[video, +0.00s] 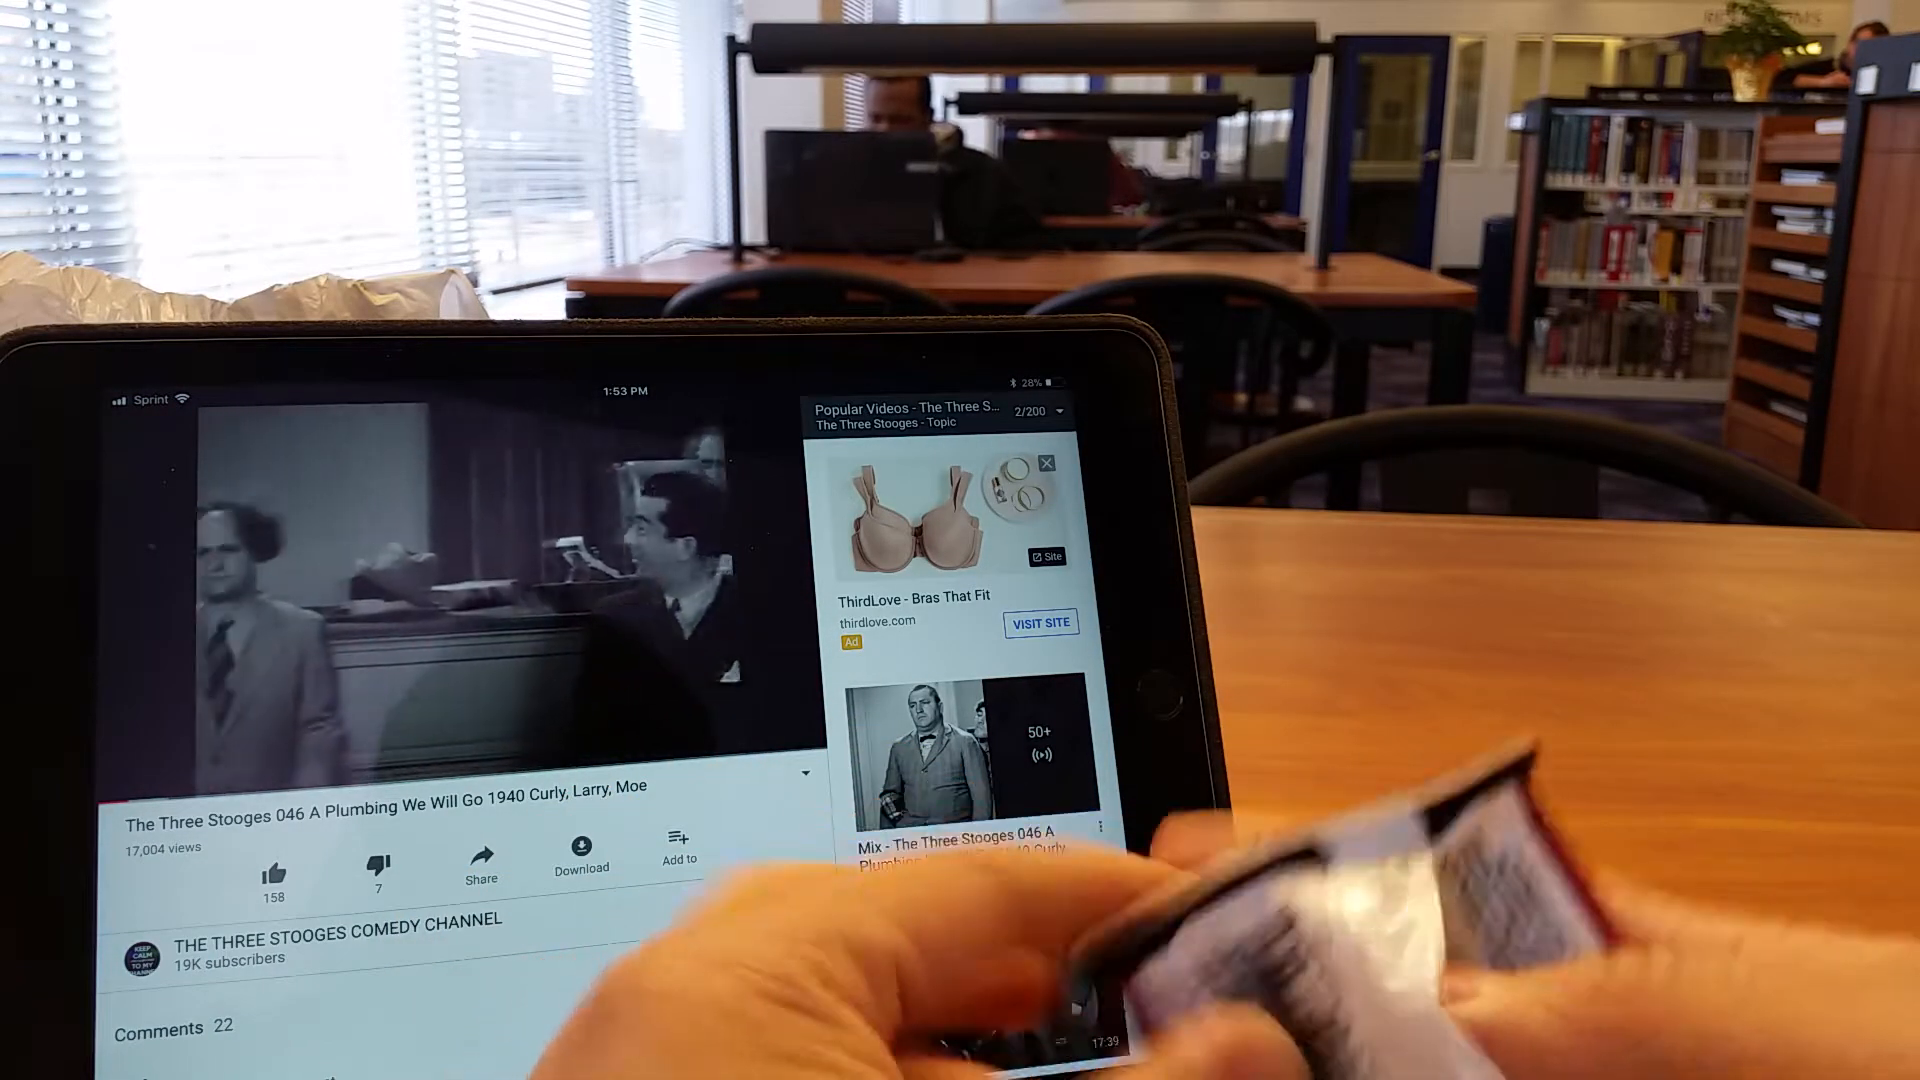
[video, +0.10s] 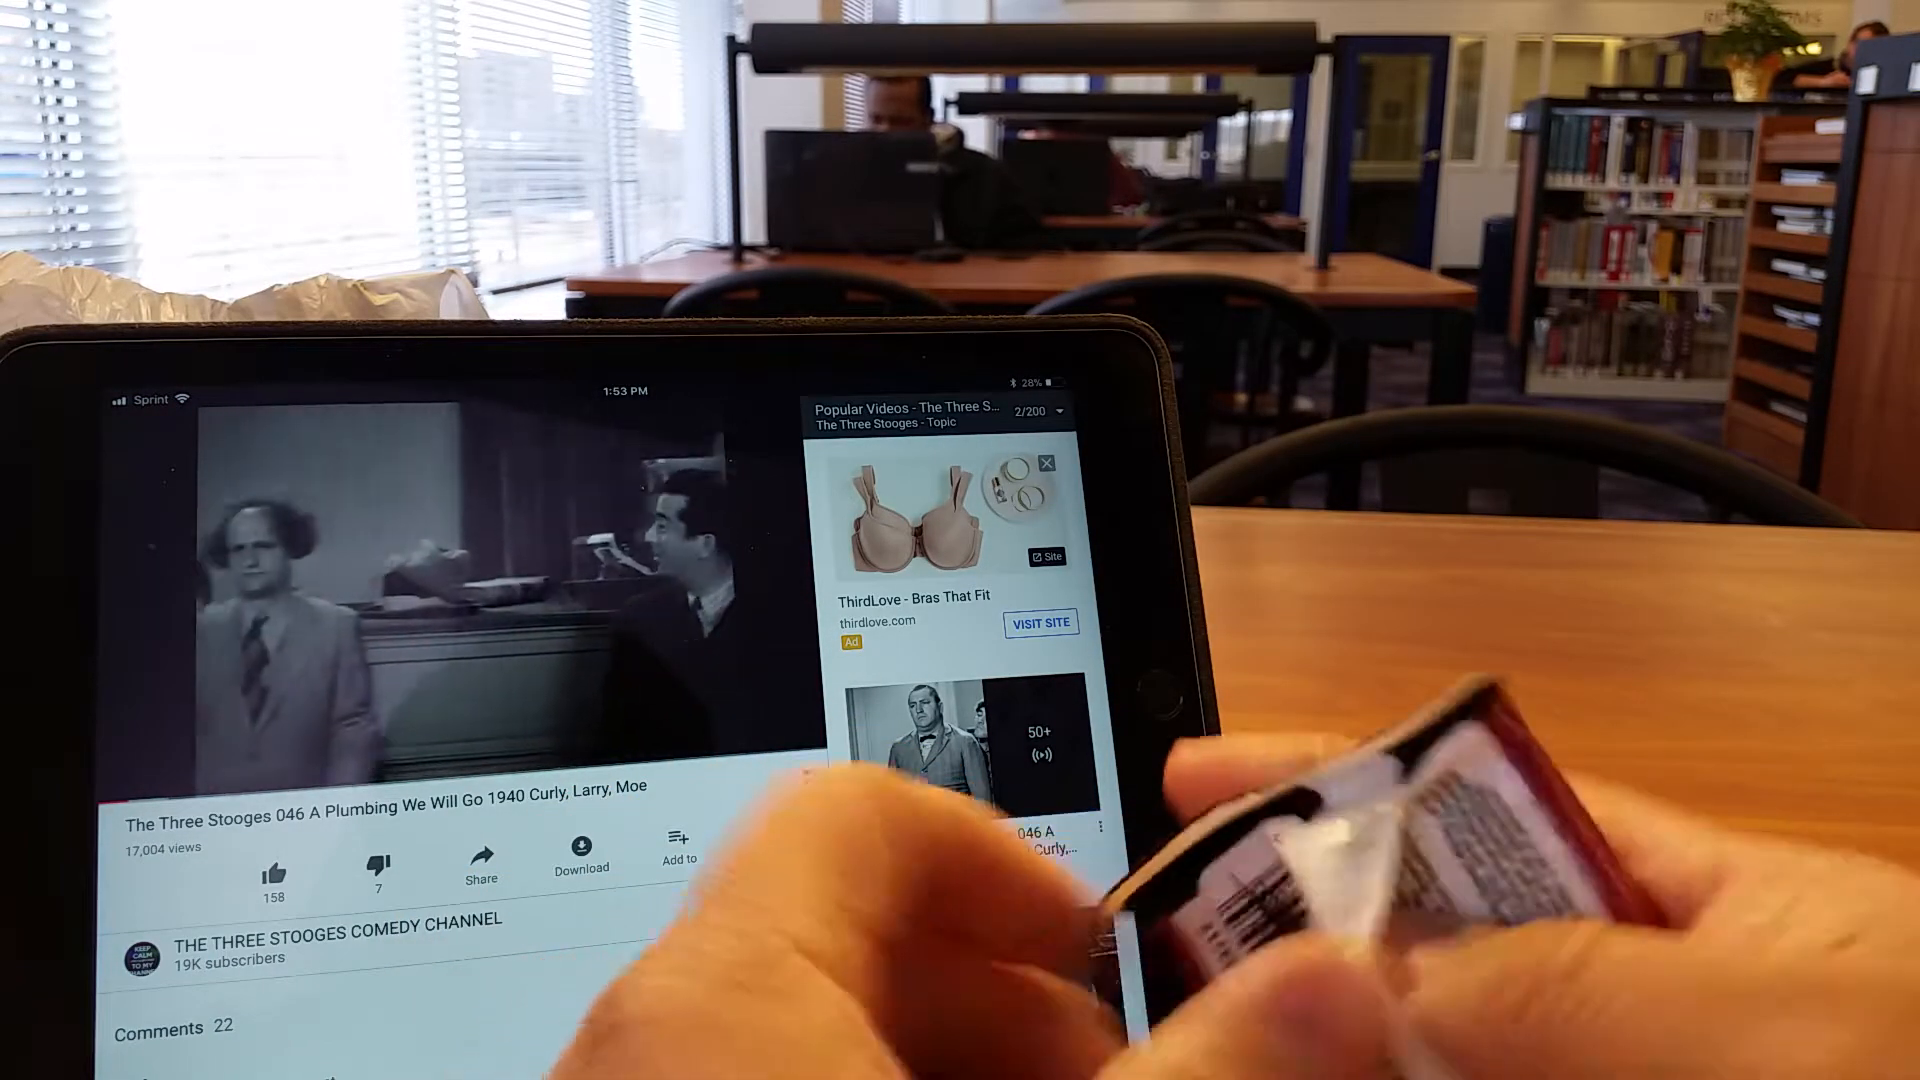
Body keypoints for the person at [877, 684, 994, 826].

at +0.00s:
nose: (919, 710)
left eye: (925, 703)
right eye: (913, 705)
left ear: (939, 707)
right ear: (909, 711)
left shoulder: (964, 742)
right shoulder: (899, 748)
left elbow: (981, 794)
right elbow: (890, 793)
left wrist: (979, 834)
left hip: (956, 832)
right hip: (910, 835)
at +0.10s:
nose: (919, 710)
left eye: (925, 703)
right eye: (913, 706)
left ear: (940, 707)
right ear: (910, 712)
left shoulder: (964, 742)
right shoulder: (899, 749)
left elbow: (981, 796)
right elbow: (892, 797)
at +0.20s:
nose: (919, 709)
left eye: (925, 703)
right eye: (913, 705)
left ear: (939, 707)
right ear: (909, 711)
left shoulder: (964, 742)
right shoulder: (899, 748)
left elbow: (981, 795)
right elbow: (891, 791)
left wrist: (979, 835)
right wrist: (889, 801)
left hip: (955, 831)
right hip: (911, 834)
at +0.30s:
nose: (919, 709)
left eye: (925, 703)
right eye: (913, 705)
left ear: (939, 707)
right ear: (909, 711)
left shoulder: (964, 742)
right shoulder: (899, 748)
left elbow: (981, 795)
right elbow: (891, 792)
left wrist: (979, 835)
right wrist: (889, 802)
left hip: (955, 830)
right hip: (911, 833)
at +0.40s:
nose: (919, 710)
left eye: (925, 703)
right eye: (913, 705)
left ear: (940, 707)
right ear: (909, 711)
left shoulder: (964, 742)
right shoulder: (899, 748)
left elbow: (981, 796)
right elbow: (890, 796)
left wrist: (979, 835)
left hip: (956, 833)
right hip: (911, 836)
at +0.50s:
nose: (919, 710)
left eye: (925, 703)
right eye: (913, 705)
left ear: (940, 707)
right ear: (909, 711)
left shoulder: (964, 742)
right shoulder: (899, 748)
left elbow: (981, 796)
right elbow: (890, 796)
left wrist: (978, 835)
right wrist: (886, 838)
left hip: (956, 833)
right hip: (911, 836)